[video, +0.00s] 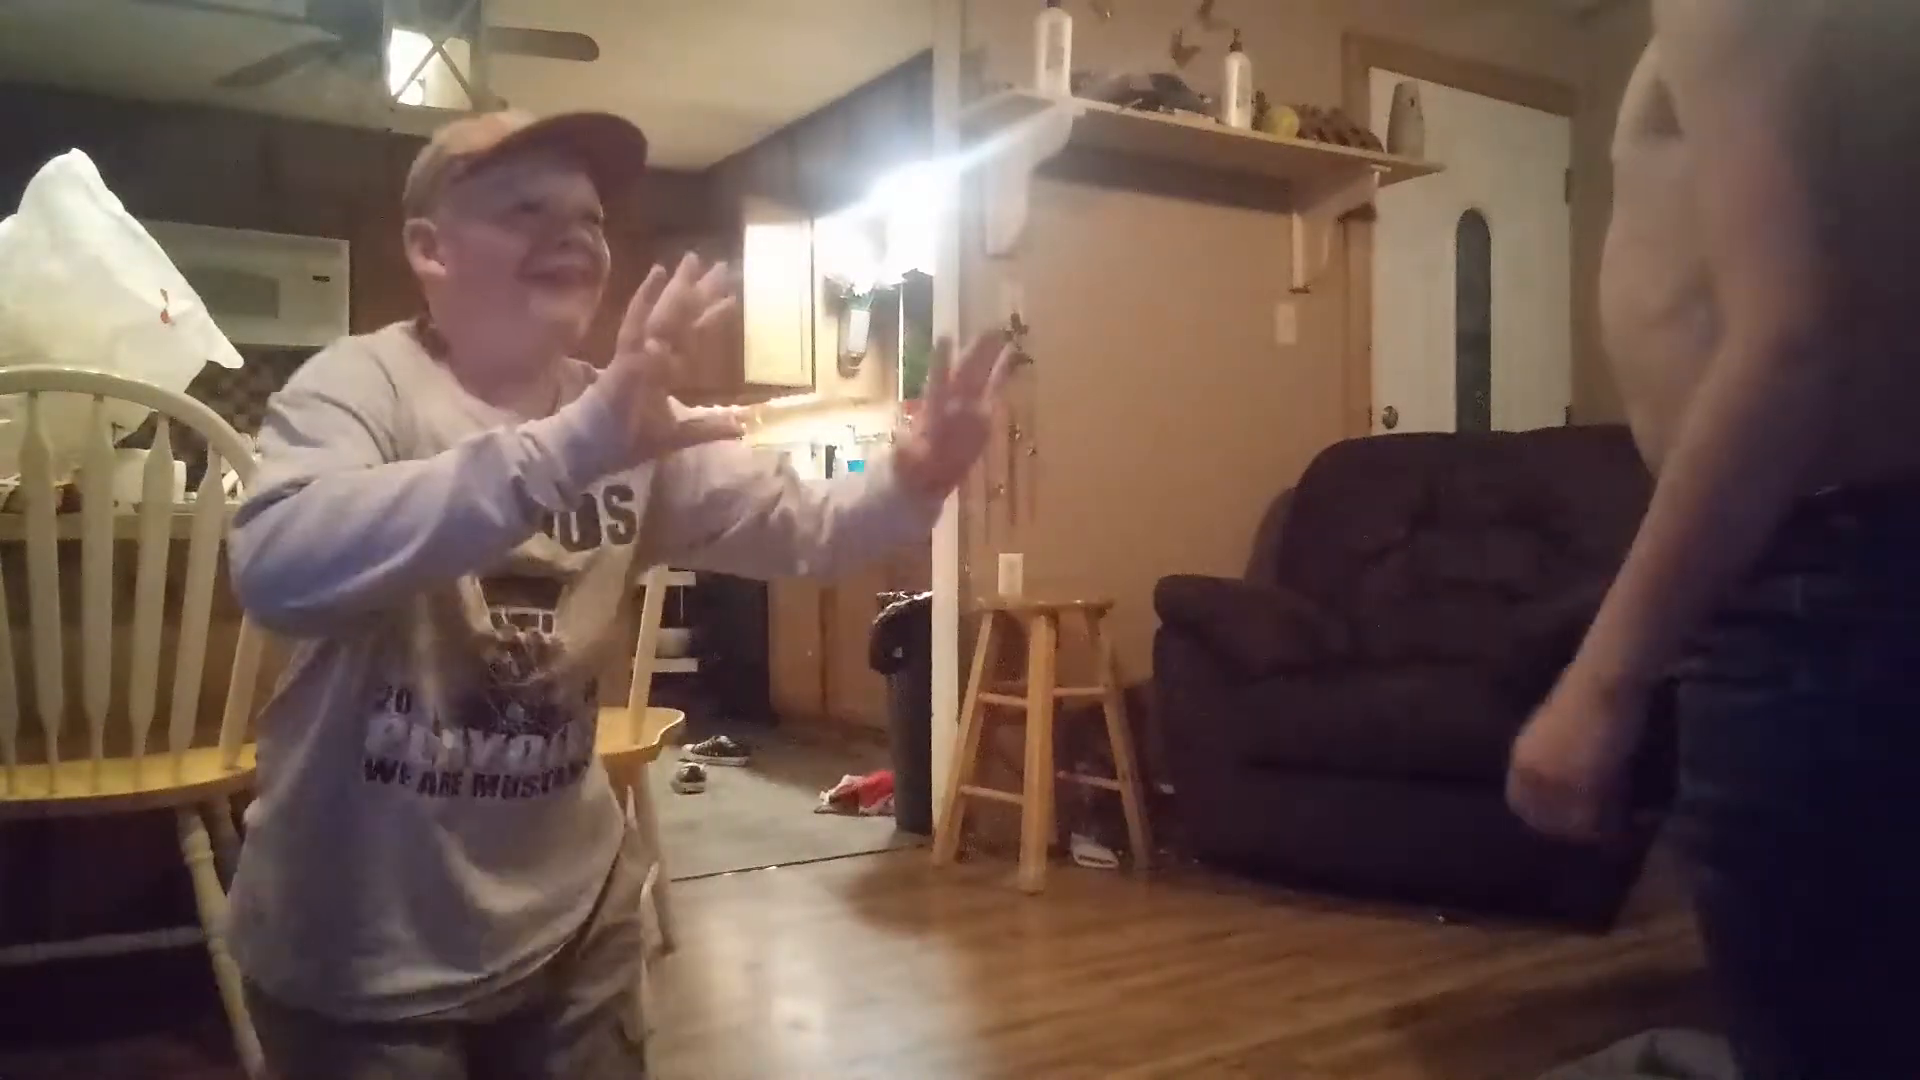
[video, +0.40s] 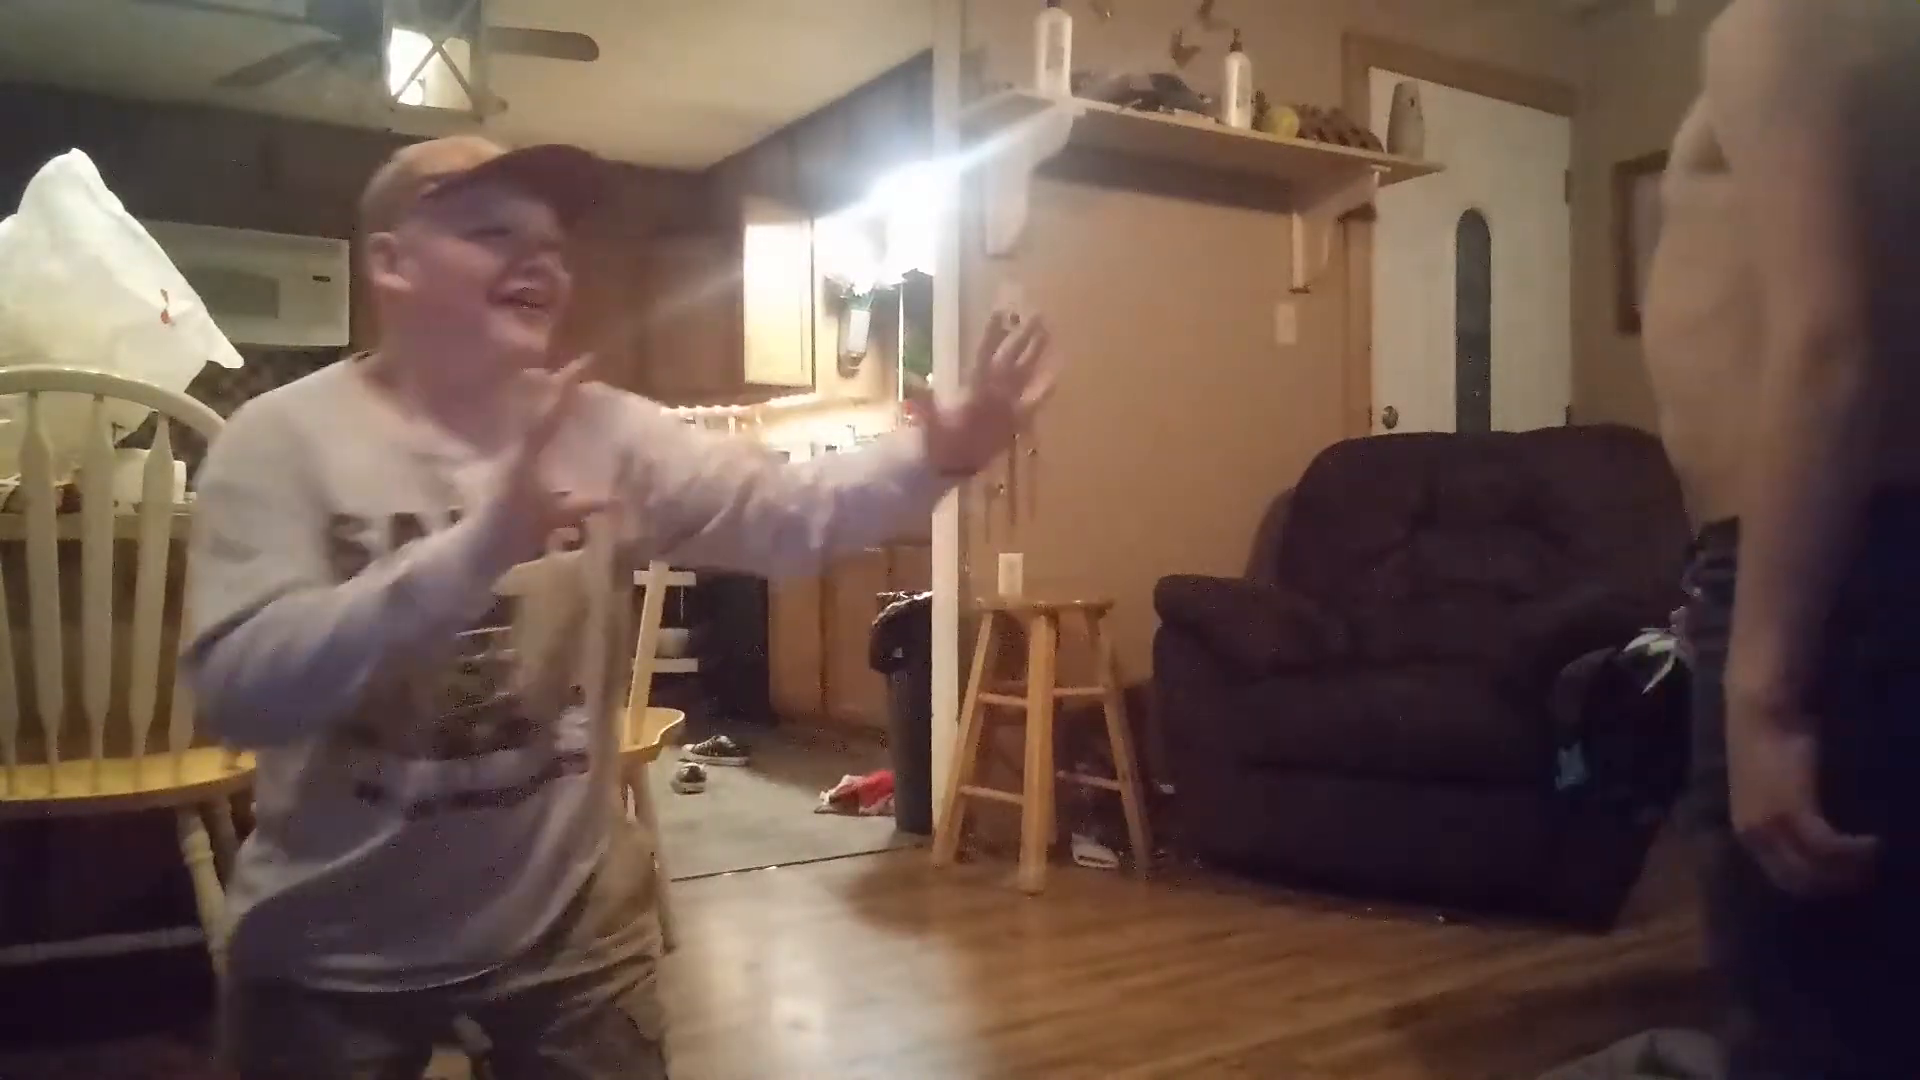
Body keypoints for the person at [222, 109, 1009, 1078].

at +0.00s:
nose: (574, 237)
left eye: (589, 220)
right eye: (525, 211)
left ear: (612, 255)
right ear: (429, 253)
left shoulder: (625, 420)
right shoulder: (353, 386)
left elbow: (796, 518)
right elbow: (283, 563)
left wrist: (910, 488)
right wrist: (580, 441)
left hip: (569, 924)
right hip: (360, 937)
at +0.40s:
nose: (542, 259)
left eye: (553, 240)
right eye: (495, 232)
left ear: (569, 273)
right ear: (390, 264)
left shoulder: (600, 431)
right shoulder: (275, 443)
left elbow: (780, 509)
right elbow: (237, 681)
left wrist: (928, 462)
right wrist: (476, 554)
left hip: (570, 921)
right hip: (329, 941)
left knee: (616, 1065)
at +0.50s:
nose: (490, 260)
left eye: (501, 242)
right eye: (441, 232)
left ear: (516, 285)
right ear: (337, 265)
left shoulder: (554, 439)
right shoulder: (214, 452)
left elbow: (717, 521)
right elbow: (144, 697)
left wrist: (869, 483)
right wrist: (395, 578)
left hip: (540, 923)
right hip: (296, 947)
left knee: (610, 1068)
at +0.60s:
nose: (459, 257)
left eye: (468, 243)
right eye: (410, 229)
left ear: (478, 278)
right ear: (298, 256)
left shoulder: (525, 439)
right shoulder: (165, 442)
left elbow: (701, 513)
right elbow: (52, 679)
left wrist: (858, 482)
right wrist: (312, 571)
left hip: (514, 953)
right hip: (264, 975)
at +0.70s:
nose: (452, 262)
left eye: (461, 248)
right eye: (404, 235)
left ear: (474, 280)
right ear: (290, 259)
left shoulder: (510, 437)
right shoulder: (148, 443)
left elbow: (707, 507)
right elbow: (17, 664)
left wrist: (871, 458)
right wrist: (235, 605)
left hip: (493, 930)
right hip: (247, 961)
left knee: (597, 1061)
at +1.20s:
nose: (560, 340)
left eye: (569, 316)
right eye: (518, 315)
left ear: (583, 329)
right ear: (414, 337)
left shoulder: (615, 478)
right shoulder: (287, 490)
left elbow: (811, 534)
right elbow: (156, 681)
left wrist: (960, 491)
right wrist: (159, 664)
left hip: (560, 917)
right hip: (325, 939)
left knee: (661, 1068)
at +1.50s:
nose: (598, 370)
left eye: (607, 343)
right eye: (557, 349)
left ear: (621, 351)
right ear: (465, 375)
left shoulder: (660, 498)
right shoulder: (356, 527)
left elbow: (844, 539)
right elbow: (192, 747)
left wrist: (1016, 476)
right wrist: (318, 675)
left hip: (604, 919)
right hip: (393, 932)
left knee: (676, 1066)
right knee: (364, 1067)